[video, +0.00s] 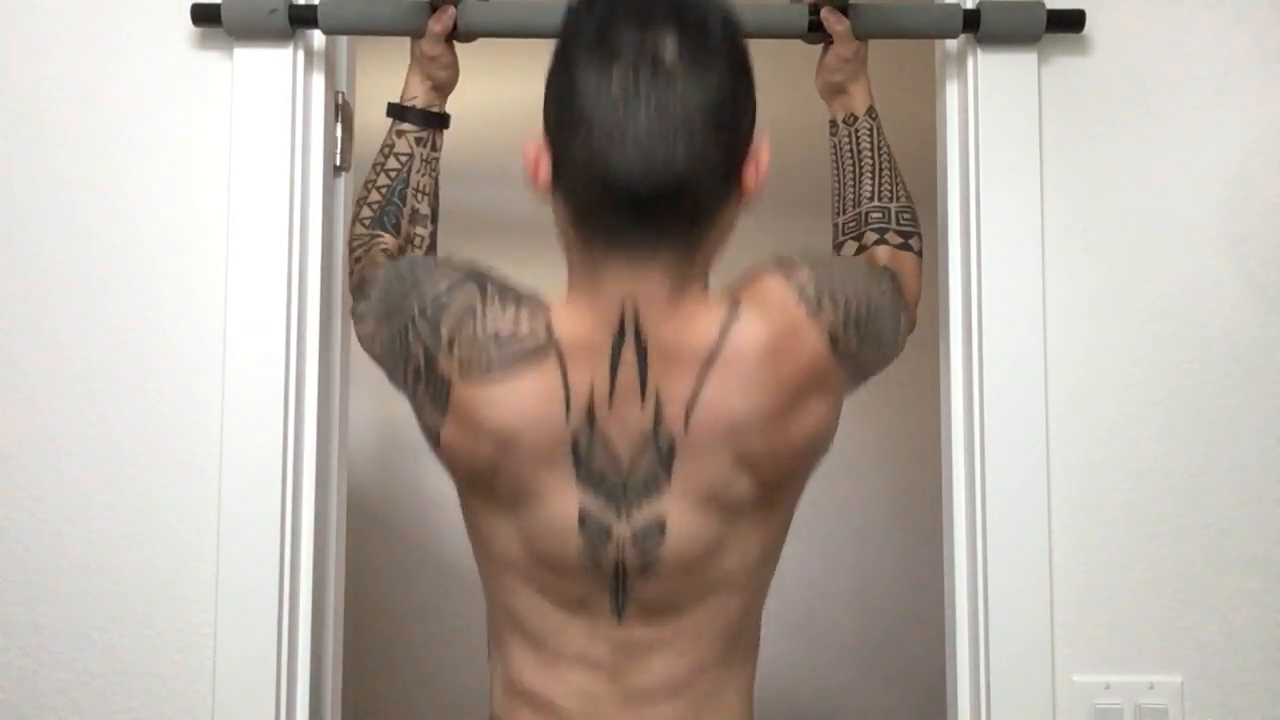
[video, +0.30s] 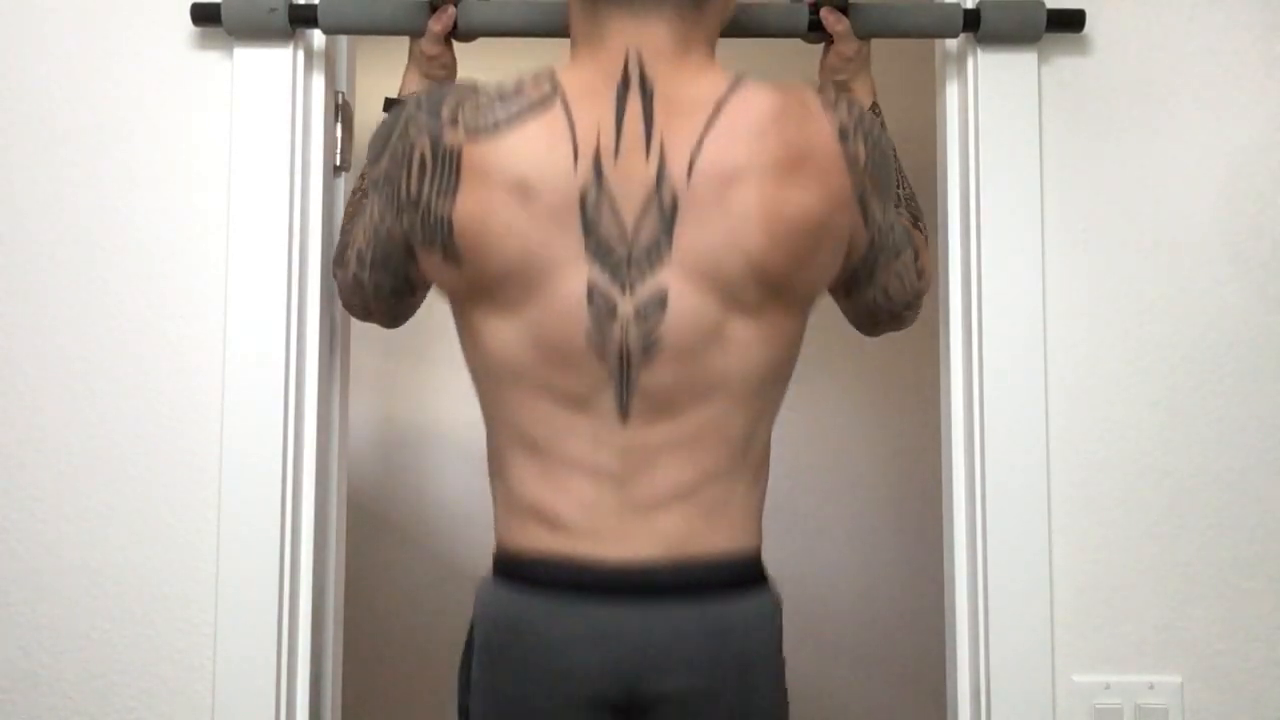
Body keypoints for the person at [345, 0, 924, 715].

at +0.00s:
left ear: (539, 170)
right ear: (753, 171)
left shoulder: (475, 356)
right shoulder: (795, 343)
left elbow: (379, 261)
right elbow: (892, 263)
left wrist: (423, 89)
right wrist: (850, 96)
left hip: (530, 708)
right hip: (711, 707)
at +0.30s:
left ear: (571, 1)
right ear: (723, 3)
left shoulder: (461, 137)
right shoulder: (803, 138)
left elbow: (370, 291)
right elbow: (892, 300)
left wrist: (419, 95)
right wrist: (855, 100)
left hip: (533, 620)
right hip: (723, 624)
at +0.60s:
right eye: (738, 7)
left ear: (568, 15)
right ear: (734, 15)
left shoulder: (464, 163)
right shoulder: (808, 166)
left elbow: (378, 293)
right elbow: (890, 300)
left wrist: (419, 99)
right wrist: (852, 103)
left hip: (536, 634)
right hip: (727, 637)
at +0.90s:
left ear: (543, 126)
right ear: (752, 127)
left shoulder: (475, 308)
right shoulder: (799, 309)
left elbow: (379, 263)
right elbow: (893, 263)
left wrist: (423, 95)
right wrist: (852, 97)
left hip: (534, 699)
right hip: (725, 700)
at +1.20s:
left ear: (542, 243)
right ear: (750, 247)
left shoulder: (489, 417)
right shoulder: (784, 408)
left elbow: (392, 264)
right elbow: (885, 269)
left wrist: (423, 90)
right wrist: (851, 97)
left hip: (533, 711)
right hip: (722, 712)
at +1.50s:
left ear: (540, 301)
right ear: (746, 305)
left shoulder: (494, 459)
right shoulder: (781, 437)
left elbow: (402, 278)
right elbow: (877, 281)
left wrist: (426, 93)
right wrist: (849, 99)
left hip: (530, 714)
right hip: (724, 714)